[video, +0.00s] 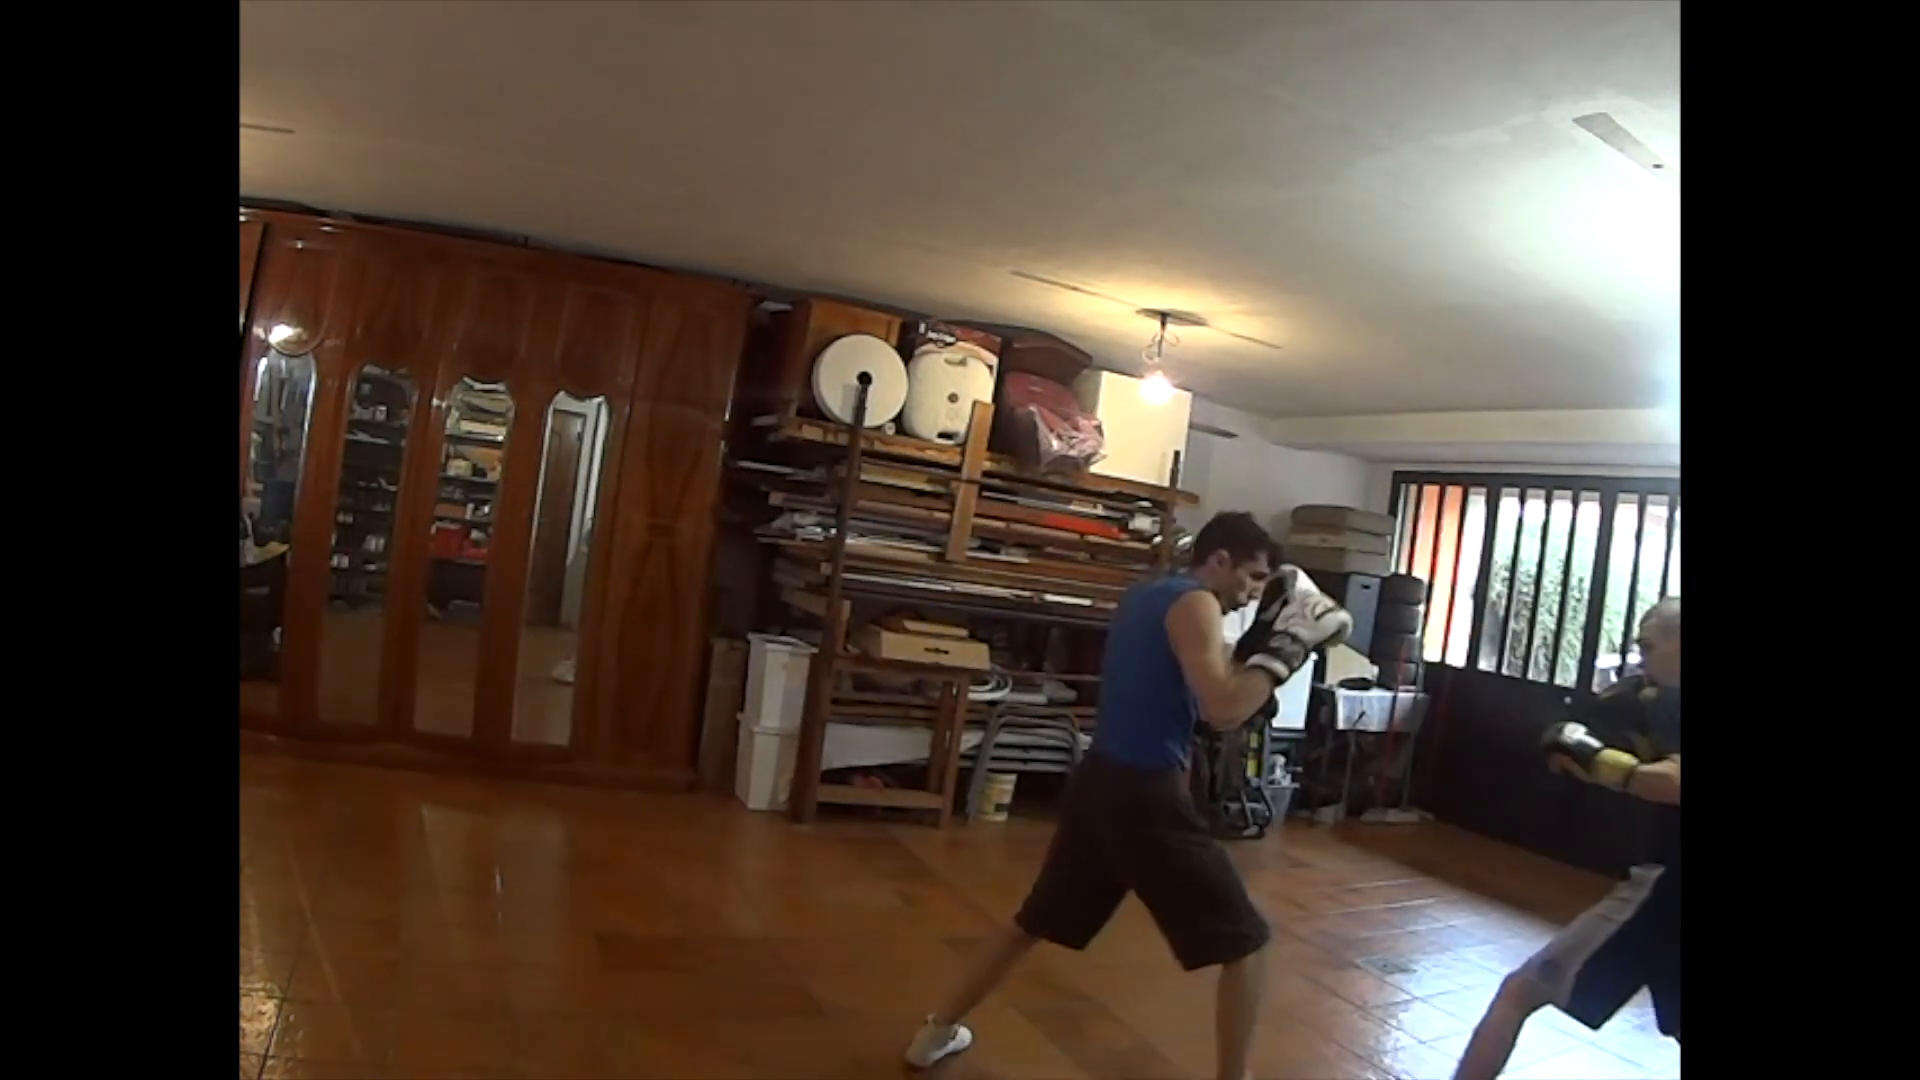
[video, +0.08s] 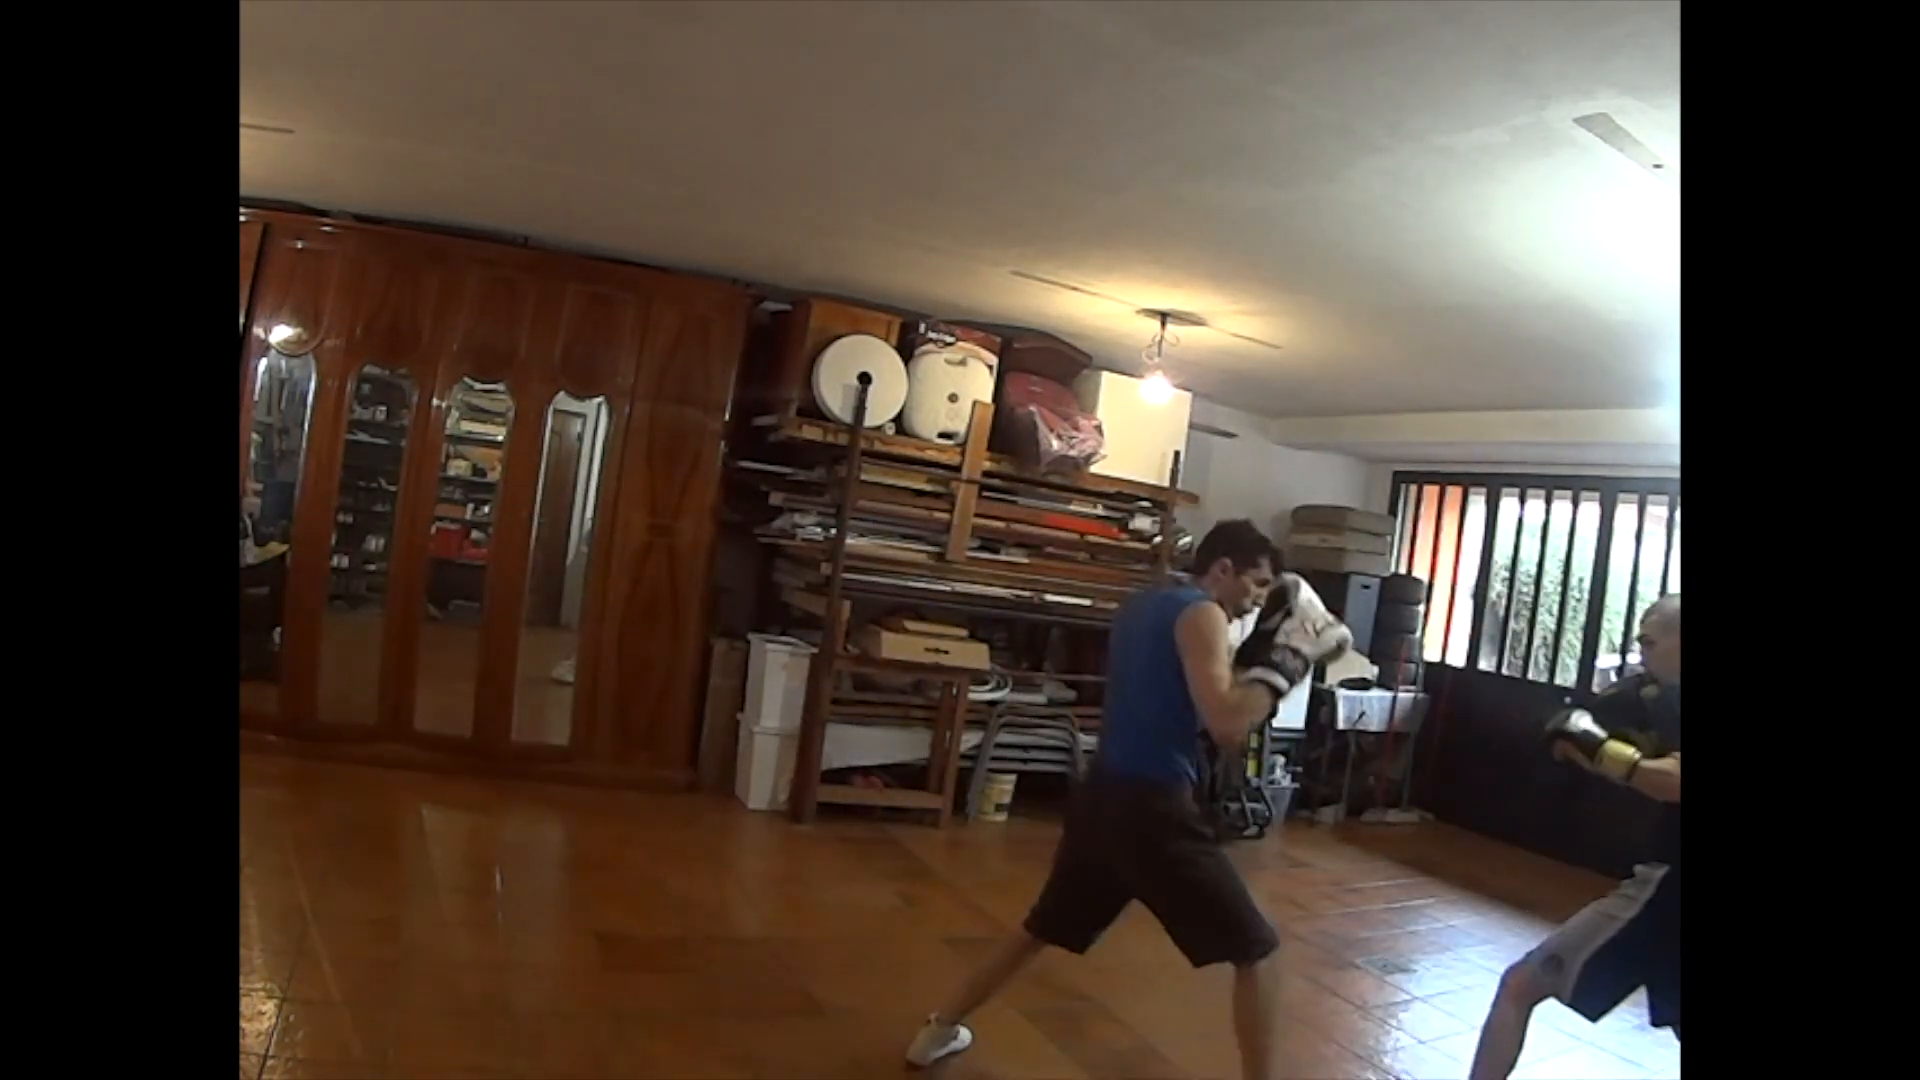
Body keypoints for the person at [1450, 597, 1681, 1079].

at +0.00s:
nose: (1640, 656)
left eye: (1648, 644)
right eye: (1640, 645)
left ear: (1680, 644)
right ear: (1670, 647)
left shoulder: (1673, 706)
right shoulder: (1658, 704)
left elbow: (1672, 783)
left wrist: (1594, 758)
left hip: (1661, 882)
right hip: (1657, 879)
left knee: (1519, 992)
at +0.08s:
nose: (1641, 650)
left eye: (1650, 640)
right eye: (1641, 640)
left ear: (1681, 644)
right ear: (1654, 643)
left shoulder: (1672, 703)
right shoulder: (1652, 699)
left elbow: (1672, 783)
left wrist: (1601, 752)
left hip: (1664, 881)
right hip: (1659, 878)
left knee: (1520, 985)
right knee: (1518, 985)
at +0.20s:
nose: (1634, 650)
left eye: (1642, 637)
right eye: (1633, 638)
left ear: (1676, 636)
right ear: (1663, 639)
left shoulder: (1673, 700)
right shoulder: (1663, 699)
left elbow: (1667, 781)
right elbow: (1660, 776)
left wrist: (1593, 725)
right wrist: (1594, 728)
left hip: (1665, 881)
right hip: (1663, 878)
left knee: (1524, 990)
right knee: (1522, 991)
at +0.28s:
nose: (1634, 649)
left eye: (1642, 637)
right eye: (1633, 638)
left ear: (1675, 634)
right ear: (1665, 637)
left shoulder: (1670, 694)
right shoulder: (1657, 691)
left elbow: (1645, 760)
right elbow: (1642, 753)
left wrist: (1580, 692)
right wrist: (1584, 689)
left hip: (1665, 878)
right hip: (1662, 874)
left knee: (1528, 991)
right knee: (1526, 993)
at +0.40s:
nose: (1647, 661)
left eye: (1655, 650)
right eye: (1648, 650)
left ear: (1681, 650)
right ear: (1662, 649)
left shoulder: (1670, 696)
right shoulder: (1663, 695)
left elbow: (1652, 748)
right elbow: (1653, 755)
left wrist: (1594, 676)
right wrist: (1591, 678)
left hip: (1669, 889)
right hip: (1665, 887)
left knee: (1531, 992)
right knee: (1529, 993)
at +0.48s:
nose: (1649, 667)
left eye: (1658, 656)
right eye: (1649, 656)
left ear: (1683, 659)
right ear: (1654, 656)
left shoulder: (1668, 722)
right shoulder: (1654, 717)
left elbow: (1675, 799)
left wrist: (1645, 779)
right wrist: (1601, 757)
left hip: (1671, 898)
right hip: (1667, 895)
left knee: (1527, 992)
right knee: (1526, 992)